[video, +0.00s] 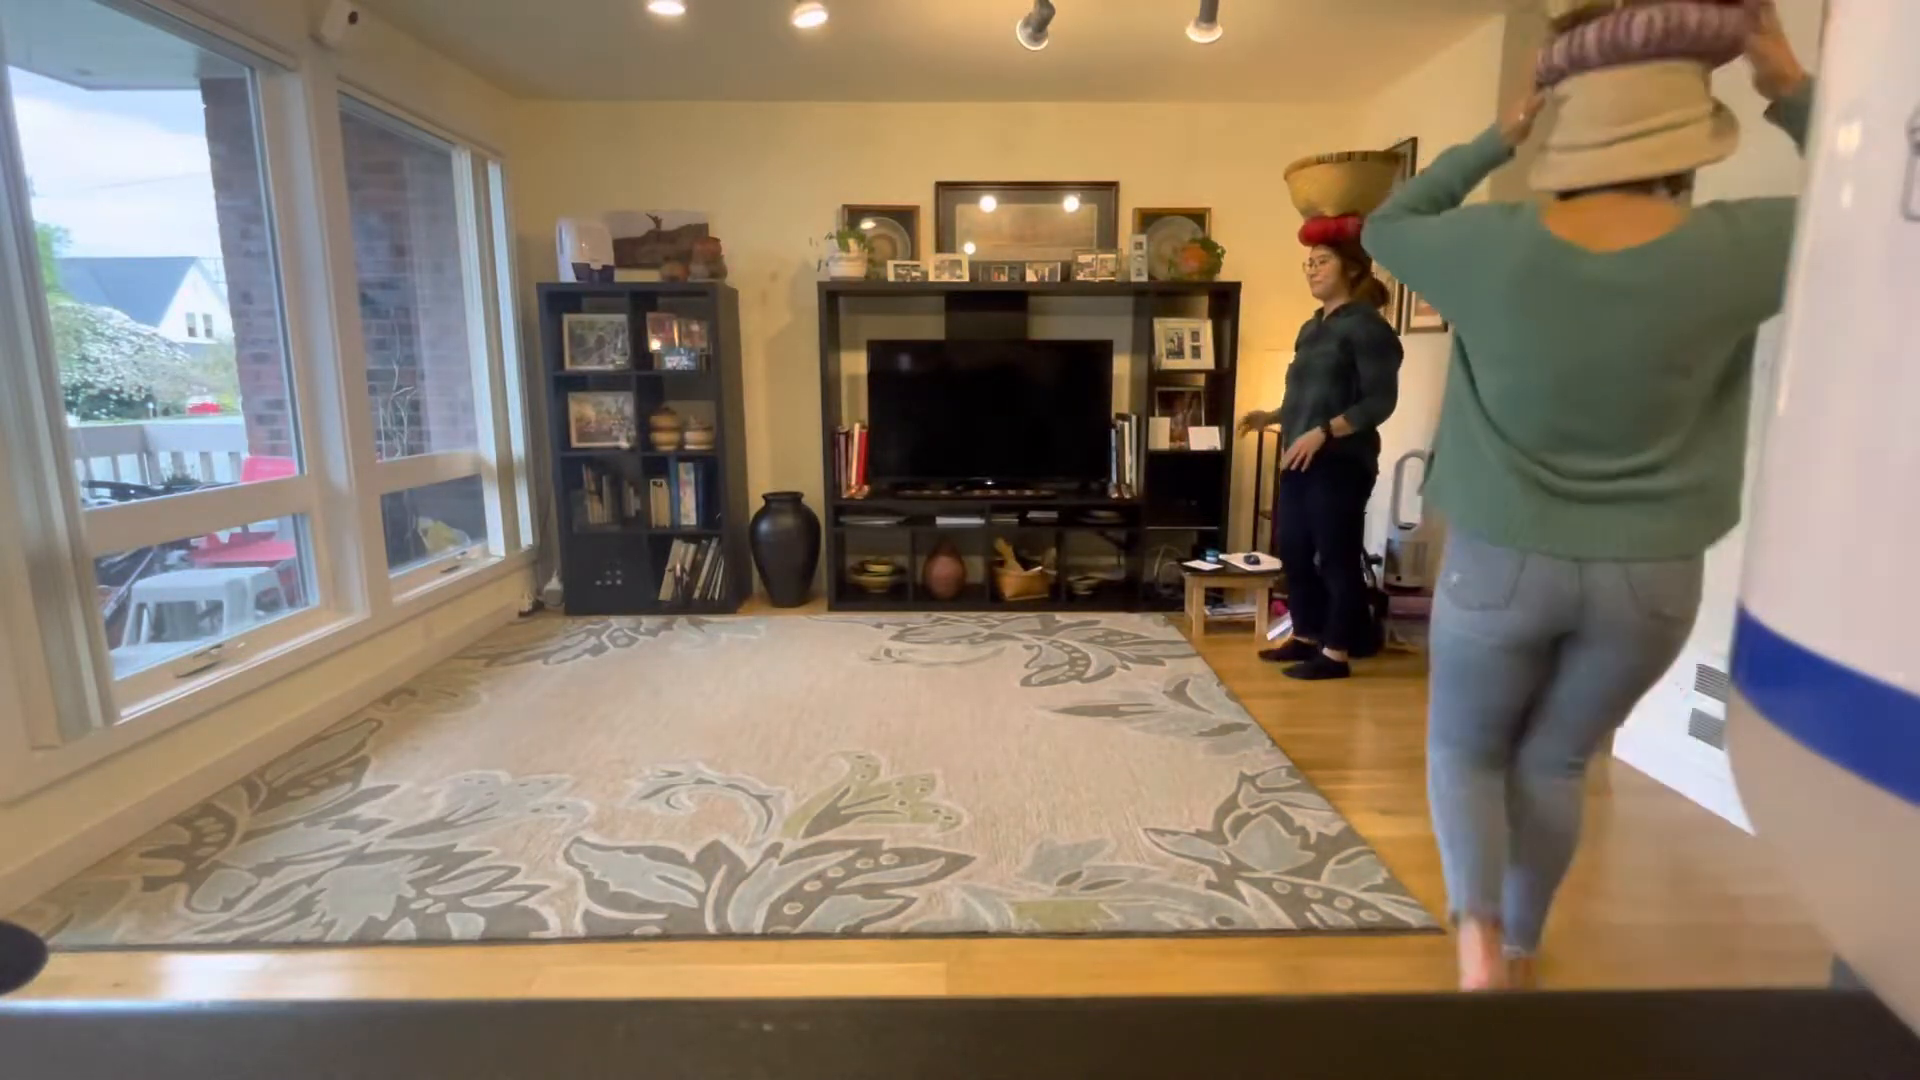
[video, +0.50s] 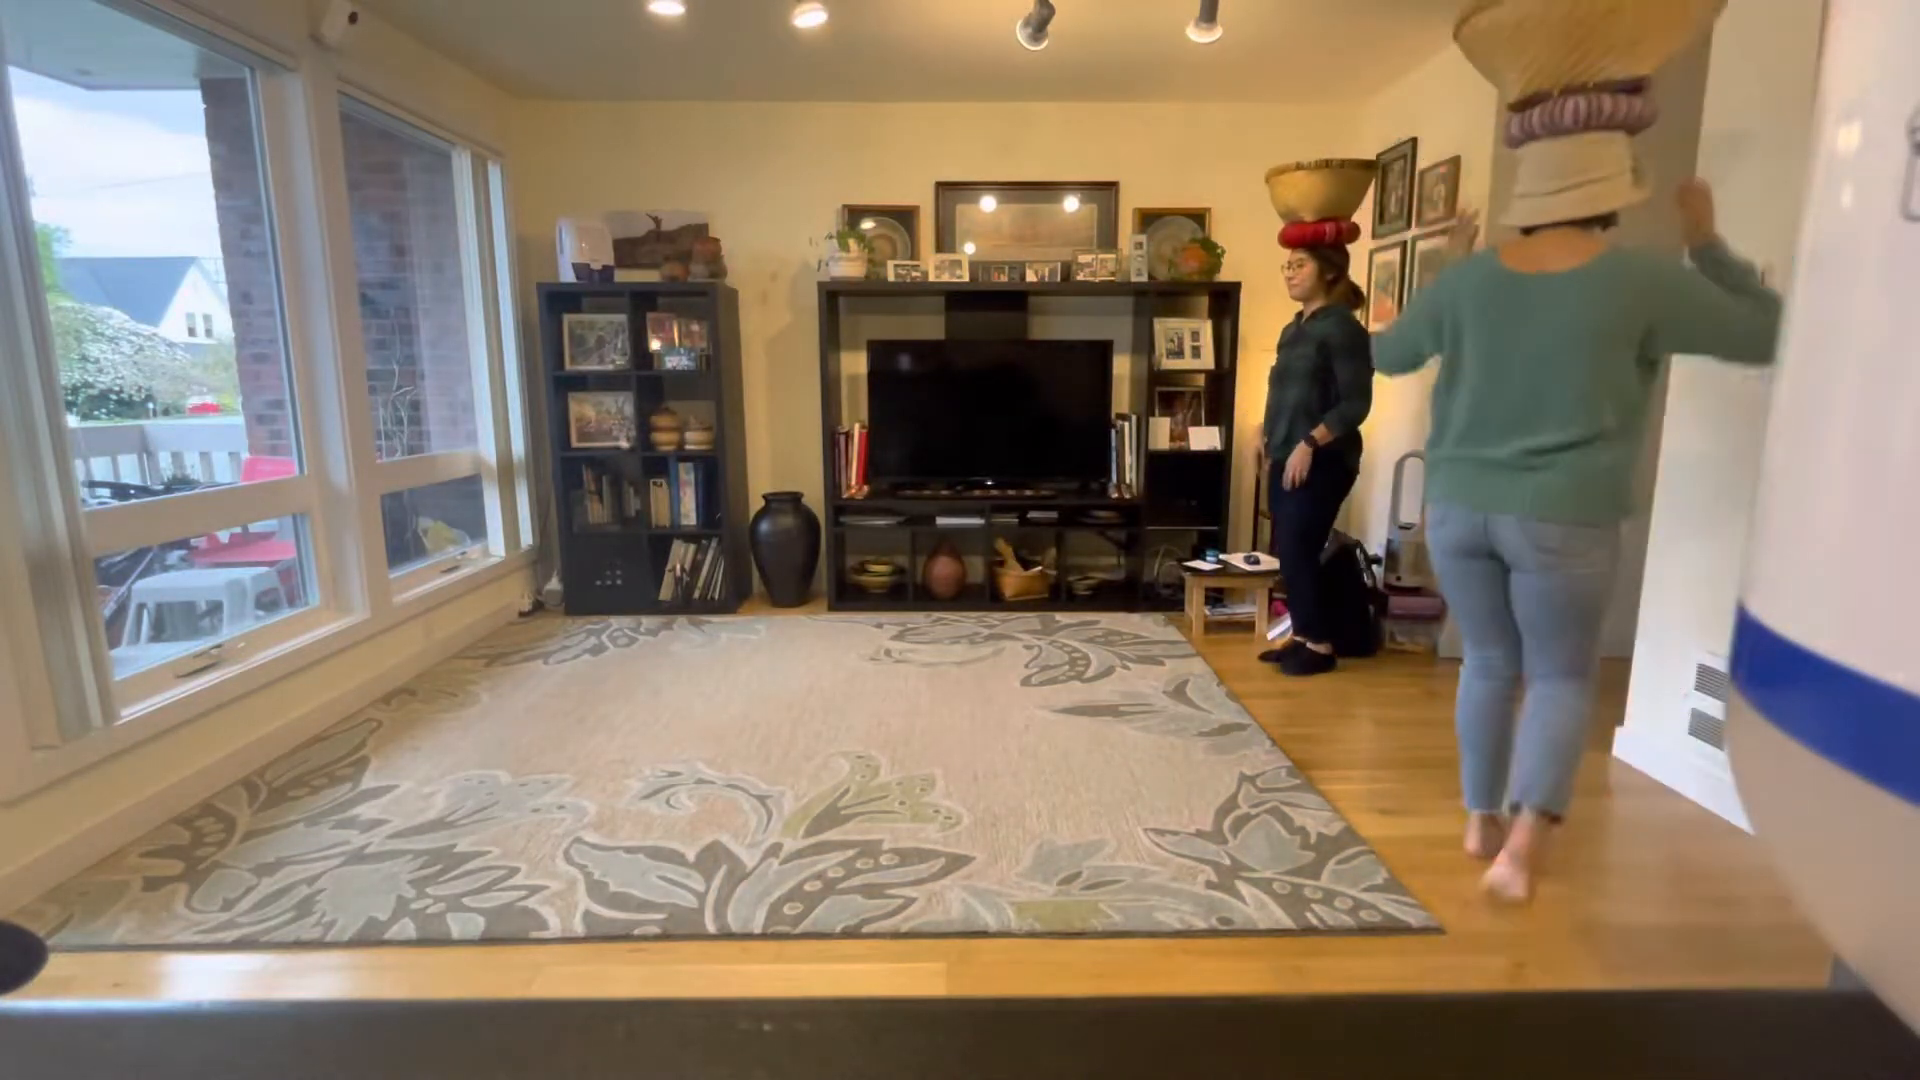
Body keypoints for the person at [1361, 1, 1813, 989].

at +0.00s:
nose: (1699, 163)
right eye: (1692, 142)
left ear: (1564, 149)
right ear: (1681, 154)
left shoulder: (1494, 251)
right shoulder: (1733, 253)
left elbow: (1388, 226)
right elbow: (1868, 201)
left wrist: (1497, 140)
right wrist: (1791, 94)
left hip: (1502, 560)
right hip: (1650, 571)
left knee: (1468, 749)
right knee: (1556, 765)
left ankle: (1479, 950)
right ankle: (1513, 965)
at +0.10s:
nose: (1694, 161)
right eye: (1686, 143)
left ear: (1550, 153)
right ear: (1667, 160)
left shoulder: (1486, 251)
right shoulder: (1708, 252)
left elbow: (1392, 238)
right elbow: (1846, 211)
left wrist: (1486, 152)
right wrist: (1768, 100)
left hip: (1481, 541)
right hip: (1624, 556)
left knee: (1466, 700)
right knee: (1549, 756)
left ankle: (1460, 886)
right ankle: (1505, 957)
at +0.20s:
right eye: (1656, 148)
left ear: (1540, 158)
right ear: (1649, 159)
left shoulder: (1479, 259)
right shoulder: (1683, 261)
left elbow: (1395, 255)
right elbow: (1821, 219)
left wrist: (1476, 174)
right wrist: (1746, 122)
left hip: (1468, 526)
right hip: (1596, 538)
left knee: (1473, 685)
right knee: (1543, 742)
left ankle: (1460, 839)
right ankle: (1498, 938)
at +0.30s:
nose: (1642, 187)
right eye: (1638, 172)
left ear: (1530, 185)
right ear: (1631, 182)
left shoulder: (1475, 271)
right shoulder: (1665, 271)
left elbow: (1395, 269)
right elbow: (1794, 249)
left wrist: (1471, 192)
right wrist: (1733, 146)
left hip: (1465, 521)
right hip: (1583, 530)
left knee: (1481, 674)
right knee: (1539, 725)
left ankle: (1478, 822)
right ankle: (1498, 920)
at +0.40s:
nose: (1634, 210)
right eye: (1631, 196)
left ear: (1525, 198)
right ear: (1619, 201)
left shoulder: (1469, 276)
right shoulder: (1648, 281)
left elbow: (1387, 302)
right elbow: (1778, 281)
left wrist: (1458, 225)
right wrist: (1724, 183)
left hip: (1463, 514)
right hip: (1577, 523)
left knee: (1486, 667)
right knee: (1545, 706)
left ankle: (1481, 823)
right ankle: (1506, 906)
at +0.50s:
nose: (1624, 192)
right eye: (1617, 183)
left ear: (1524, 193)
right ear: (1607, 197)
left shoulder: (1470, 278)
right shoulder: (1639, 282)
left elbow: (1391, 353)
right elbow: (1761, 332)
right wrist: (1708, 247)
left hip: (1457, 506)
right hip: (1562, 514)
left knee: (1486, 661)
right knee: (1558, 674)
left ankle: (1481, 826)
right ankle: (1521, 847)